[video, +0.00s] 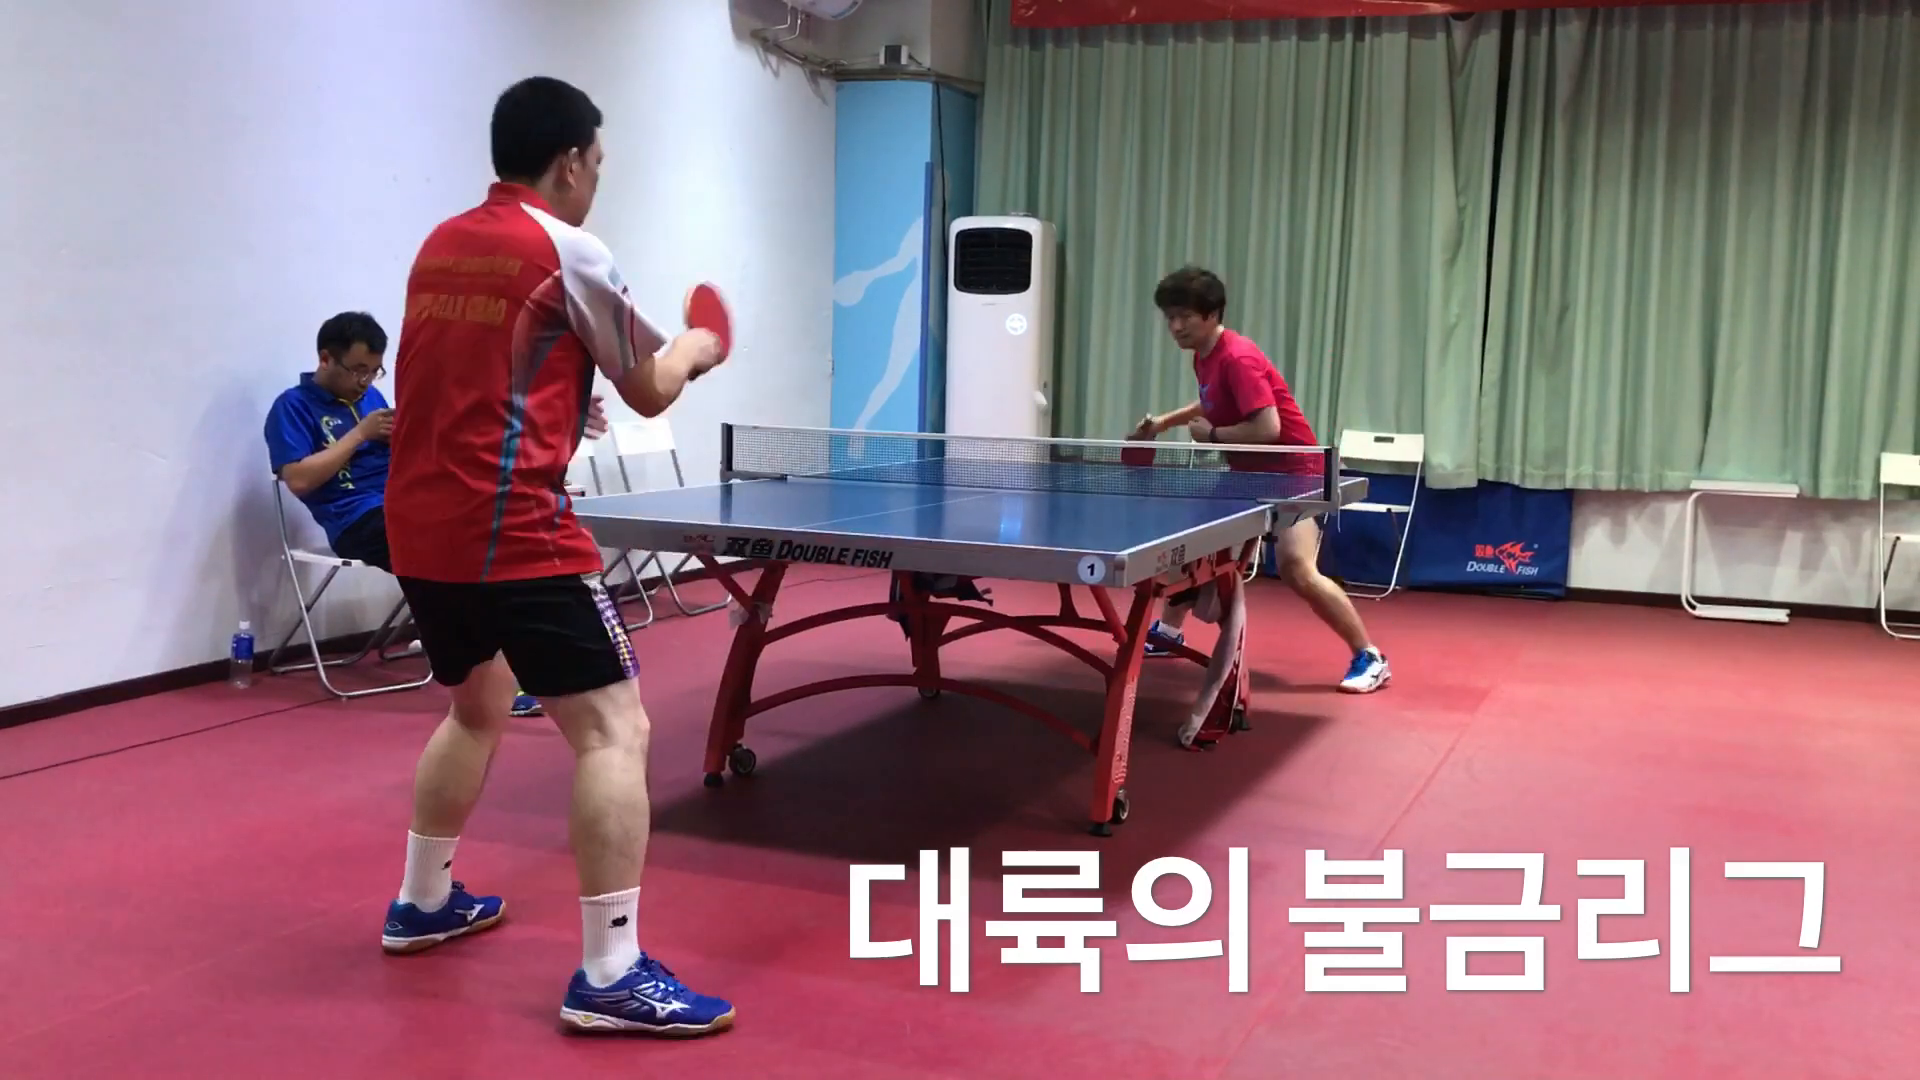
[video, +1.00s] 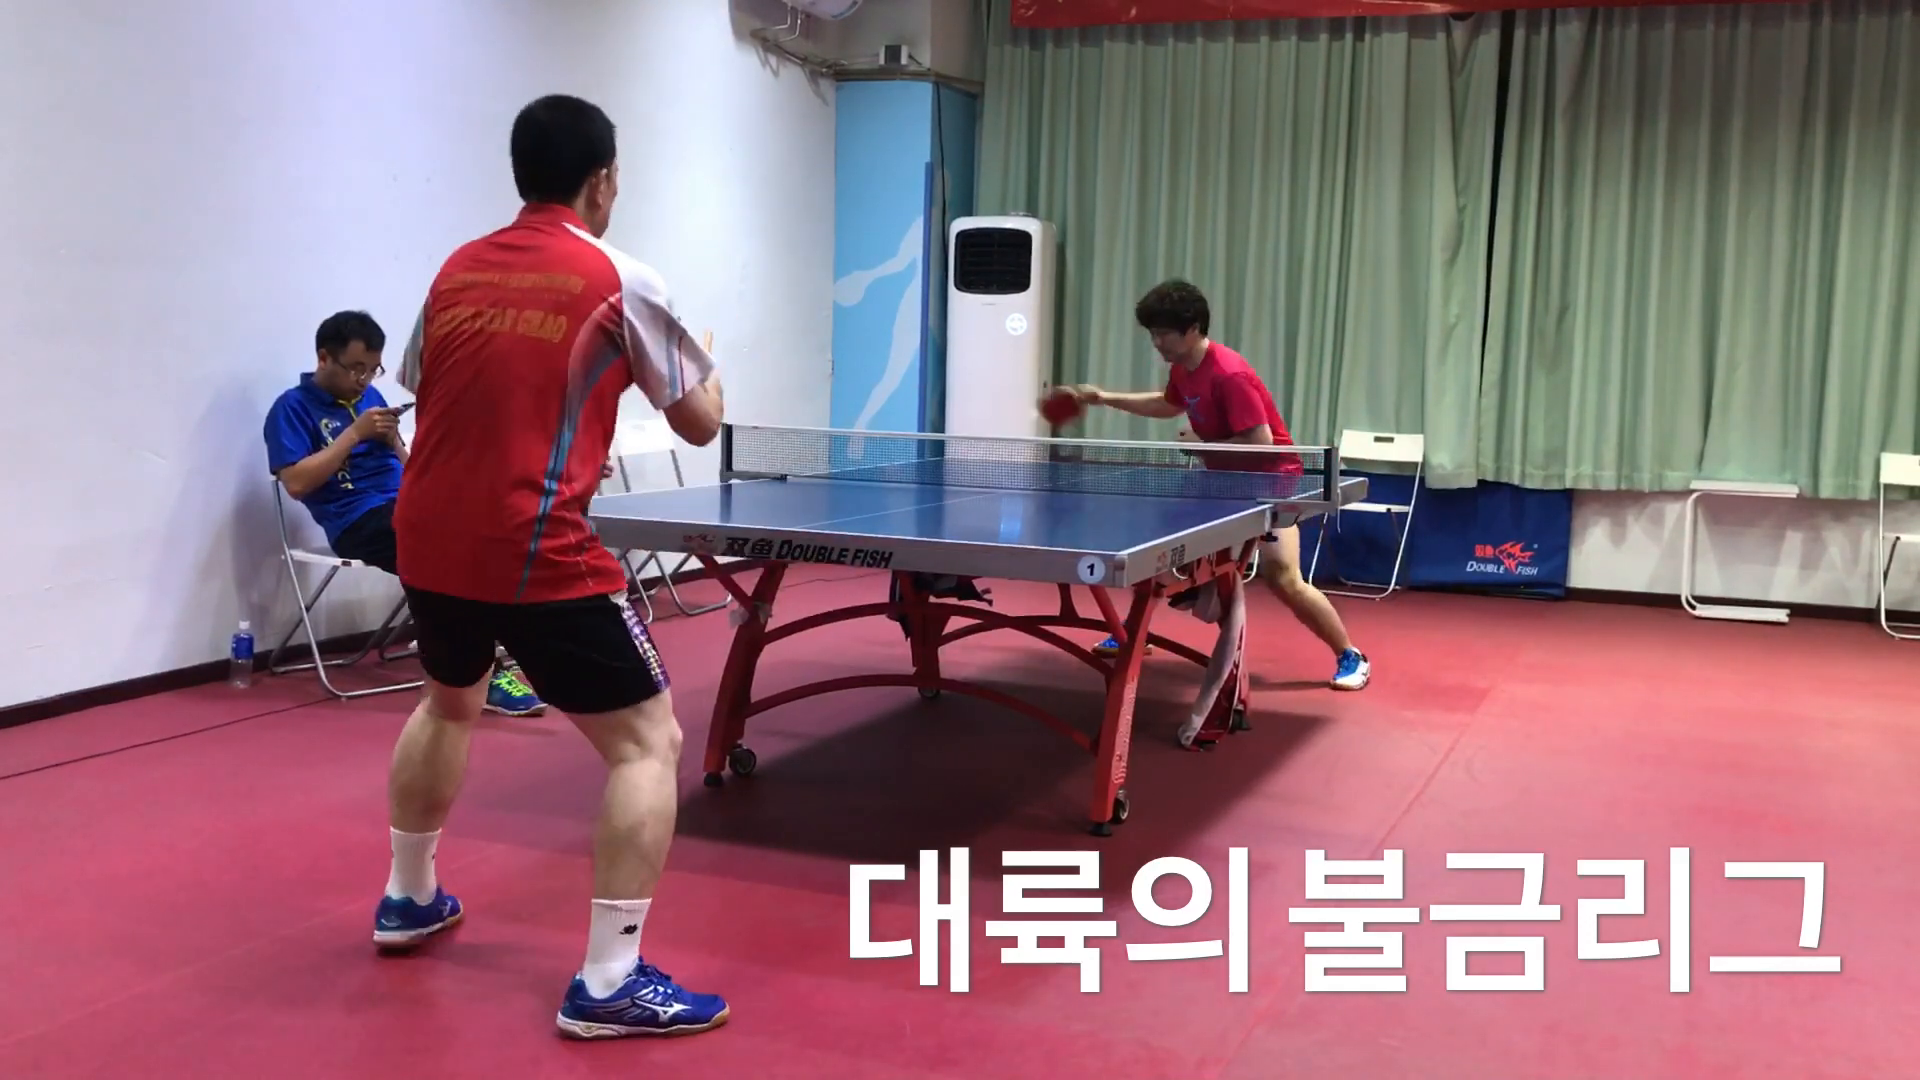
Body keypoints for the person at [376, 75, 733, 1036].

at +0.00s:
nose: (597, 177)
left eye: (594, 160)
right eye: (596, 160)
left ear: (503, 158)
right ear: (573, 161)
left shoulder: (439, 244)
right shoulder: (568, 255)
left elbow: (457, 385)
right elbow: (650, 390)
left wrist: (573, 395)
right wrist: (693, 343)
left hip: (421, 533)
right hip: (519, 534)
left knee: (480, 707)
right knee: (611, 726)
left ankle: (422, 900)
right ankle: (611, 971)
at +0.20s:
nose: (598, 173)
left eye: (595, 157)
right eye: (597, 157)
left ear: (505, 156)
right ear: (578, 160)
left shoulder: (437, 248)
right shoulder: (584, 255)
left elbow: (418, 382)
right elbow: (648, 409)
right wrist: (682, 393)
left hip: (426, 537)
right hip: (528, 536)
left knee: (471, 713)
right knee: (628, 725)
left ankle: (421, 900)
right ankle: (618, 973)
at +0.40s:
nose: (656, 207)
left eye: (656, 190)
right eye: (654, 190)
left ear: (564, 188)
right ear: (631, 194)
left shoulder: (511, 267)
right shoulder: (589, 283)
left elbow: (575, 453)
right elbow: (634, 454)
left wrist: (681, 489)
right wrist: (737, 510)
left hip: (435, 559)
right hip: (524, 569)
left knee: (481, 714)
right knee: (646, 741)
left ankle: (407, 901)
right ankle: (617, 984)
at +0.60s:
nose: (670, 216)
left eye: (670, 199)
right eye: (663, 197)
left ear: (596, 196)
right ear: (618, 198)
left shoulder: (532, 265)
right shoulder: (572, 278)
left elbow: (540, 426)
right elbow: (577, 435)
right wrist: (726, 441)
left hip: (434, 554)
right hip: (504, 564)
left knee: (486, 718)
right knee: (634, 738)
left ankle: (409, 901)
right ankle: (616, 985)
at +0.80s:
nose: (625, 179)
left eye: (625, 162)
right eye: (623, 162)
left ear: (530, 159)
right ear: (596, 162)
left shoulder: (465, 244)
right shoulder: (591, 252)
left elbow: (474, 374)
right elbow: (677, 386)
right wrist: (721, 341)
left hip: (419, 529)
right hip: (521, 537)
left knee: (447, 705)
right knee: (616, 728)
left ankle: (406, 899)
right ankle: (612, 977)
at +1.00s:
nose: (616, 192)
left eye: (614, 178)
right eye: (615, 179)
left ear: (518, 179)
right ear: (598, 184)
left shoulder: (458, 266)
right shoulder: (612, 281)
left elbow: (423, 391)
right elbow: (698, 424)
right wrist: (706, 380)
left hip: (428, 544)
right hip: (540, 554)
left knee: (448, 703)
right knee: (646, 743)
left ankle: (408, 898)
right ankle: (609, 979)